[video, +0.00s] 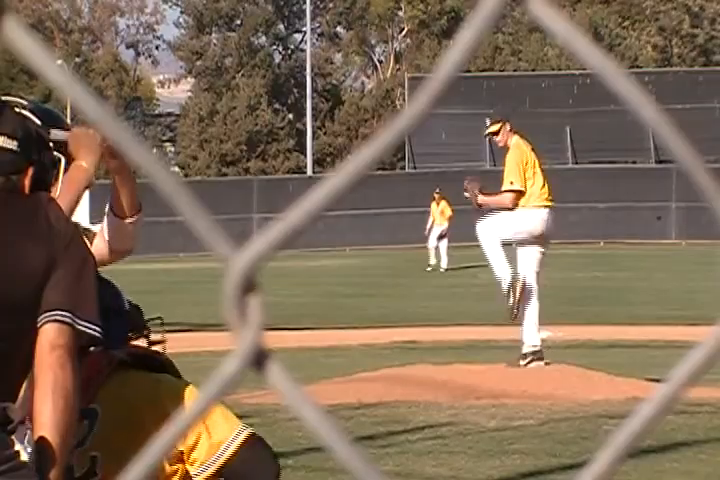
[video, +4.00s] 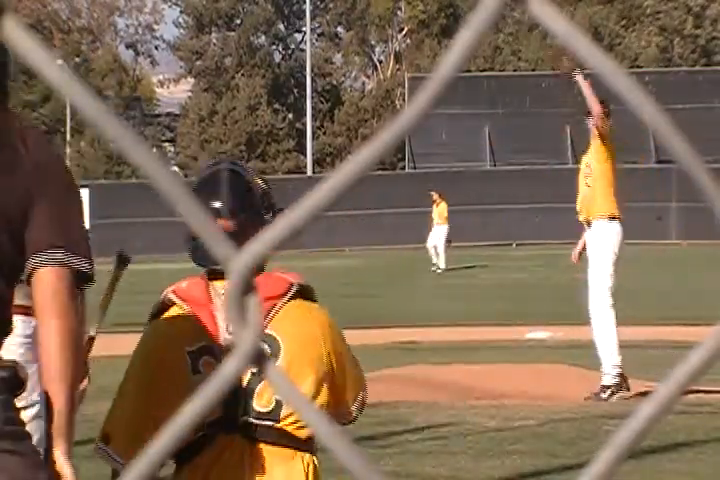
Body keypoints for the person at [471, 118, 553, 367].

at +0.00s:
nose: (494, 139)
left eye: (496, 133)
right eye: (492, 136)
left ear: (508, 128)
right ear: (501, 133)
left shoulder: (516, 150)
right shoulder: (520, 148)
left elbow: (509, 199)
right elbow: (512, 196)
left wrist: (480, 199)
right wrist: (483, 199)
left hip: (531, 214)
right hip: (538, 213)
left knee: (484, 228)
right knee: (528, 282)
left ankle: (508, 282)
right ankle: (531, 346)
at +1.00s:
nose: (473, 235)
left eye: (477, 229)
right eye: (470, 231)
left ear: (487, 230)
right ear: (467, 236)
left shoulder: (505, 236)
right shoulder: (475, 262)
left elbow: (525, 247)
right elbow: (457, 281)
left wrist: (539, 255)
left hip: (520, 291)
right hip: (495, 293)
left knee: (509, 331)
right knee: (499, 330)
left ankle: (491, 384)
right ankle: (513, 356)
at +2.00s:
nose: (620, 149)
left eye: (623, 144)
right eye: (616, 144)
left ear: (625, 148)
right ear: (605, 145)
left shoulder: (619, 179)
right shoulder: (599, 173)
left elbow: (615, 229)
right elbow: (602, 218)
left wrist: (614, 260)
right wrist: (634, 214)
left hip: (605, 250)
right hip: (590, 247)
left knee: (610, 316)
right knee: (610, 313)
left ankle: (560, 346)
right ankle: (600, 381)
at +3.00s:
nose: (630, 129)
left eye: (634, 124)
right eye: (625, 124)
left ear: (640, 128)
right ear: (619, 129)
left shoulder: (656, 157)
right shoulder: (609, 163)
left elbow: (671, 194)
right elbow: (604, 211)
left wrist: (675, 178)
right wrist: (604, 250)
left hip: (649, 242)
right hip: (619, 242)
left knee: (658, 311)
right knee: (617, 313)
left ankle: (666, 372)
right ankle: (619, 377)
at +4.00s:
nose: (592, 121)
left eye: (597, 118)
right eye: (593, 117)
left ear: (602, 123)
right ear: (592, 124)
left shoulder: (600, 148)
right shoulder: (590, 158)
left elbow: (598, 112)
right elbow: (591, 206)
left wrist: (581, 80)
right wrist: (582, 240)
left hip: (605, 226)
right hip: (596, 228)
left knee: (600, 299)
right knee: (597, 299)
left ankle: (612, 373)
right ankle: (610, 372)